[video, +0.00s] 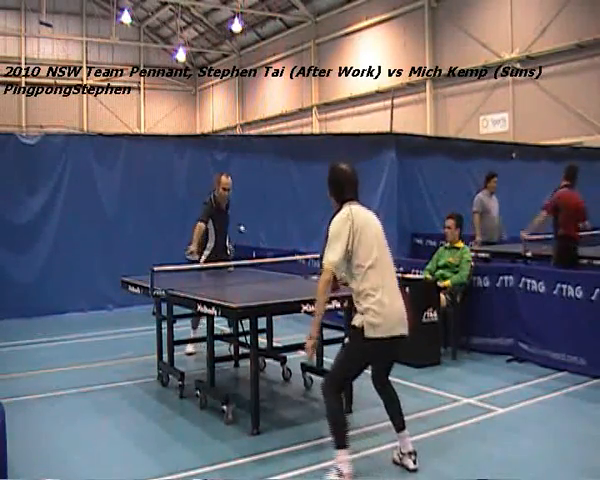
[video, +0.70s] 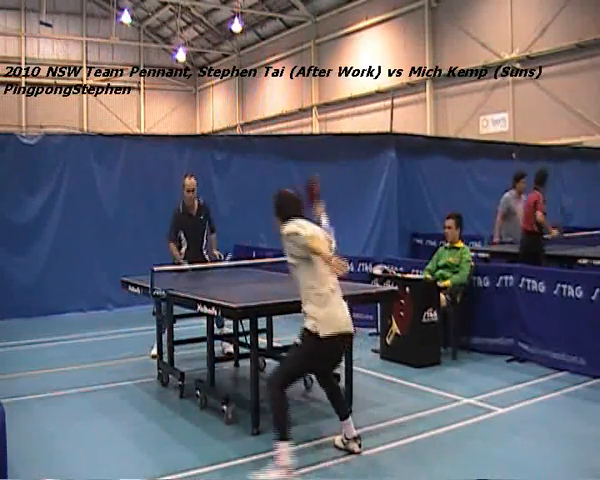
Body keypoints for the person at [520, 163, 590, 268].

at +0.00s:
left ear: (563, 179)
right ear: (575, 181)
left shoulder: (559, 195)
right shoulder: (578, 198)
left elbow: (543, 216)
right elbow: (584, 223)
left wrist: (528, 232)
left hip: (561, 236)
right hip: (574, 237)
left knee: (559, 267)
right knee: (572, 267)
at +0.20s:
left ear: (553, 182)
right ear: (565, 185)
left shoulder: (546, 197)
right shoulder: (567, 203)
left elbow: (530, 216)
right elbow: (572, 227)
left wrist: (522, 221)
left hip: (548, 240)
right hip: (562, 241)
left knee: (546, 272)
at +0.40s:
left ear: (543, 177)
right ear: (555, 180)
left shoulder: (532, 195)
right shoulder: (555, 200)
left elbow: (528, 216)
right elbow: (563, 225)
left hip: (536, 237)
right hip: (551, 239)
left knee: (535, 270)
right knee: (551, 272)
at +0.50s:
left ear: (540, 180)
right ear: (550, 182)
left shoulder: (530, 196)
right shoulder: (549, 200)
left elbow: (525, 215)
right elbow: (556, 223)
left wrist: (529, 229)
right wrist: (563, 226)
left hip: (532, 237)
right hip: (545, 238)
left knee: (532, 267)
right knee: (547, 269)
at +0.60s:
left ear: (536, 180)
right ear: (546, 182)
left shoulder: (530, 195)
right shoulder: (541, 197)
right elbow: (545, 218)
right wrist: (555, 228)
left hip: (528, 233)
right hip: (538, 234)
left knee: (529, 261)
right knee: (541, 262)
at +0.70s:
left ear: (534, 182)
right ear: (544, 183)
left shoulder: (530, 196)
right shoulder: (538, 196)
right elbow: (539, 217)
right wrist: (550, 230)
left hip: (526, 234)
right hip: (534, 235)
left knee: (525, 263)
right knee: (535, 264)